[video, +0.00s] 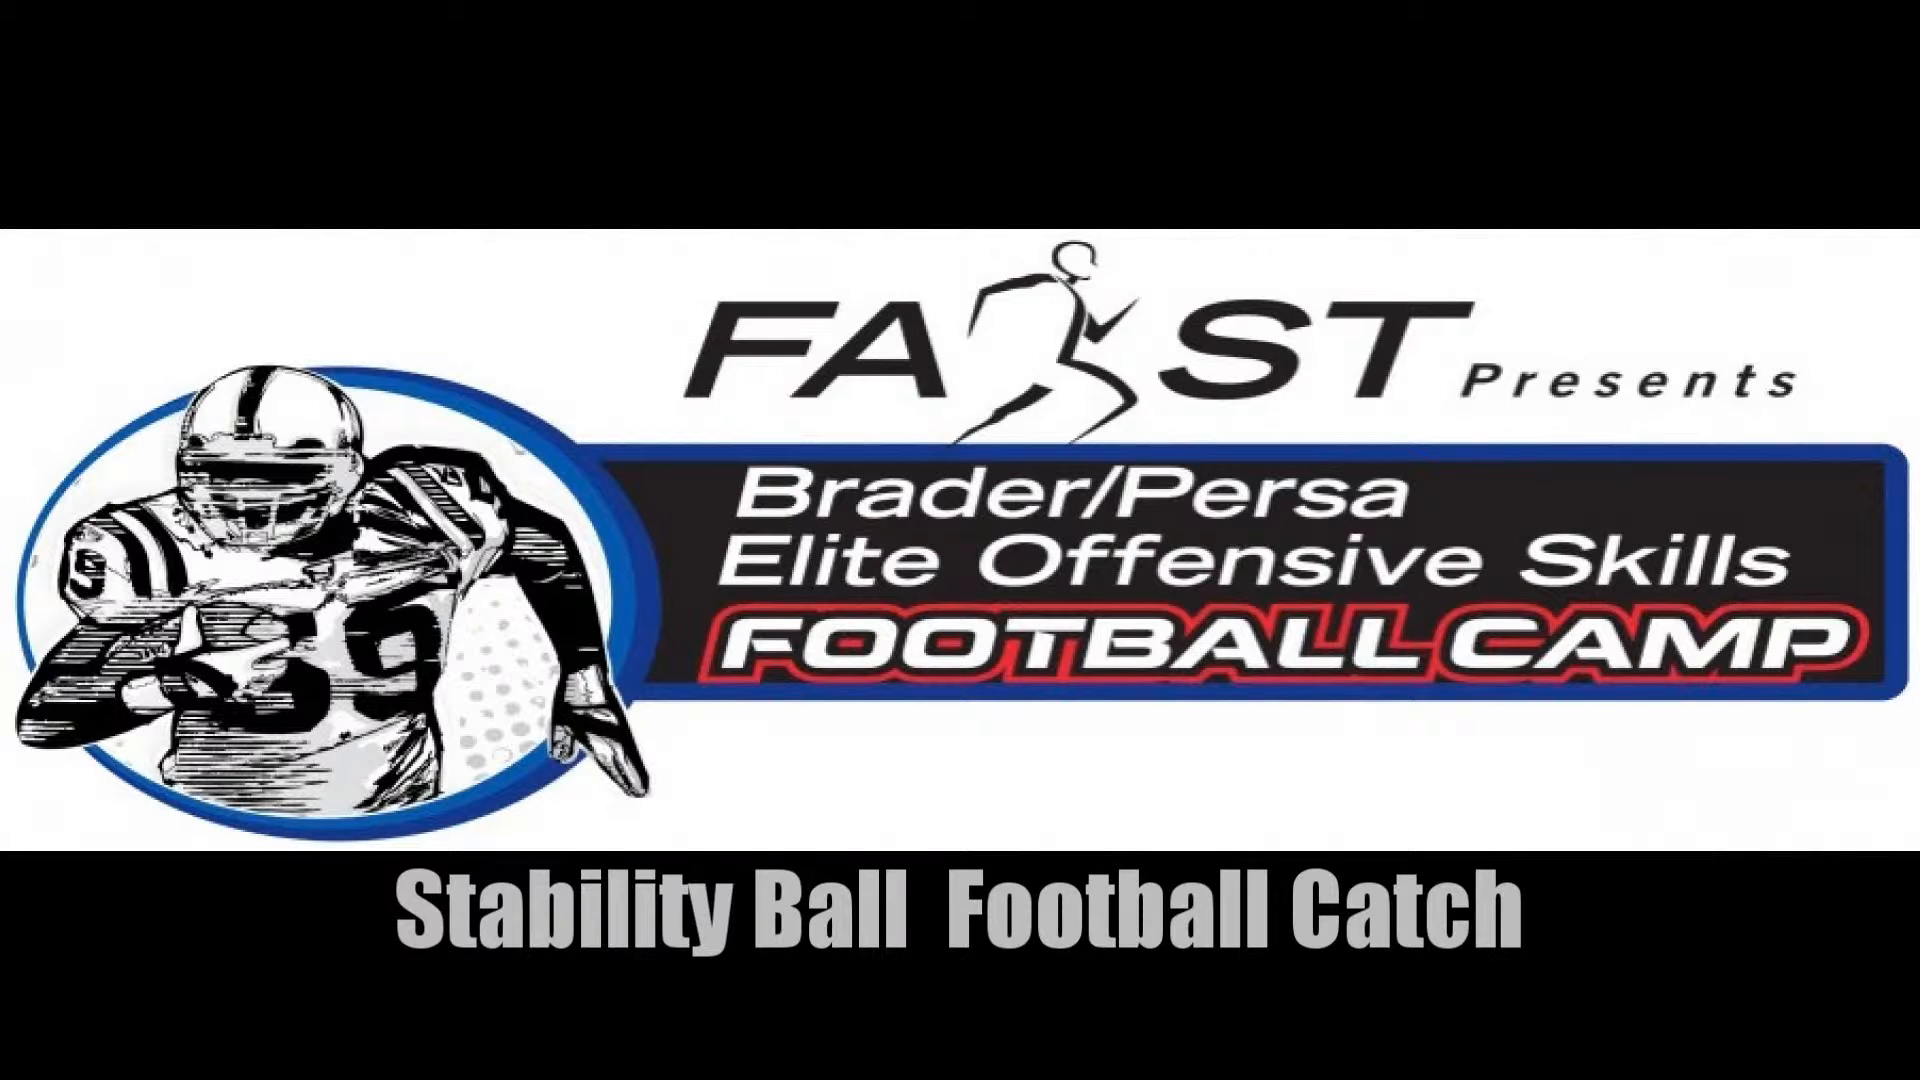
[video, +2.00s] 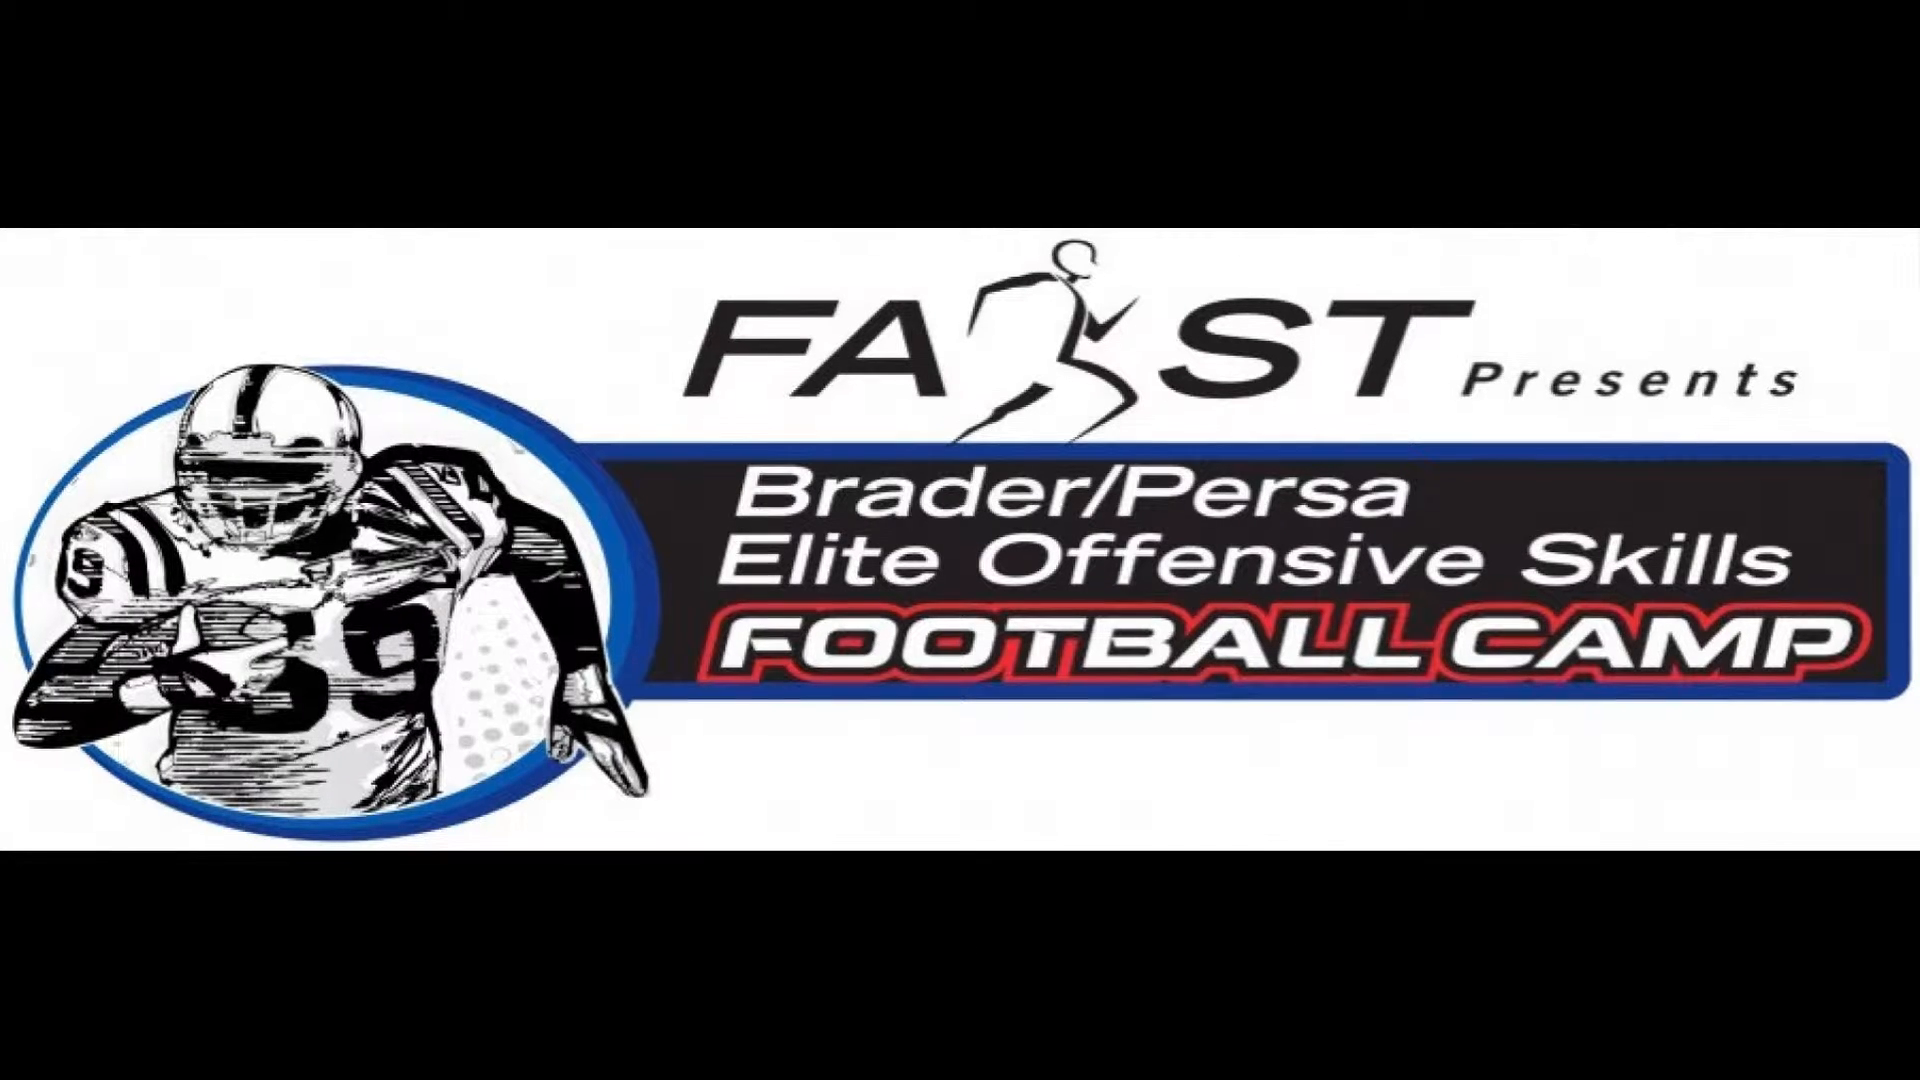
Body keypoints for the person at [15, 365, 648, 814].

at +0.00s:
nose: (248, 518)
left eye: (277, 496)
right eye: (227, 494)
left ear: (336, 482)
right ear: (194, 480)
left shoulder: (427, 510)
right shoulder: (140, 549)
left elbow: (544, 546)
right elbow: (43, 716)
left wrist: (585, 670)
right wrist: (178, 682)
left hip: (388, 811)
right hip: (219, 815)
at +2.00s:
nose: (251, 512)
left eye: (279, 490)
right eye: (228, 489)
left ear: (336, 478)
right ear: (192, 478)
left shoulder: (422, 506)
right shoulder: (139, 548)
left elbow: (544, 546)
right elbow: (40, 715)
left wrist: (584, 671)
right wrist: (170, 682)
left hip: (386, 811)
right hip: (217, 815)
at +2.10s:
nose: (249, 509)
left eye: (278, 487)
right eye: (226, 486)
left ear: (335, 477)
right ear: (192, 477)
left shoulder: (418, 507)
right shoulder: (136, 549)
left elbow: (543, 545)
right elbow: (34, 718)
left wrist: (583, 669)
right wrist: (159, 683)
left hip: (381, 812)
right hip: (216, 816)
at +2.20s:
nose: (247, 514)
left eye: (274, 490)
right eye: (224, 490)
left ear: (332, 475)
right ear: (189, 476)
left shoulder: (418, 505)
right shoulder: (147, 547)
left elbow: (542, 545)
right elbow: (56, 716)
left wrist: (584, 673)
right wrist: (174, 681)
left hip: (389, 809)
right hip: (215, 815)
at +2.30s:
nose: (269, 504)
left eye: (296, 484)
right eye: (250, 482)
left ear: (344, 476)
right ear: (224, 473)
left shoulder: (425, 505)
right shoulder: (186, 545)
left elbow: (543, 549)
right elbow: (117, 706)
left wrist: (583, 678)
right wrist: (223, 672)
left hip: (390, 803)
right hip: (245, 803)